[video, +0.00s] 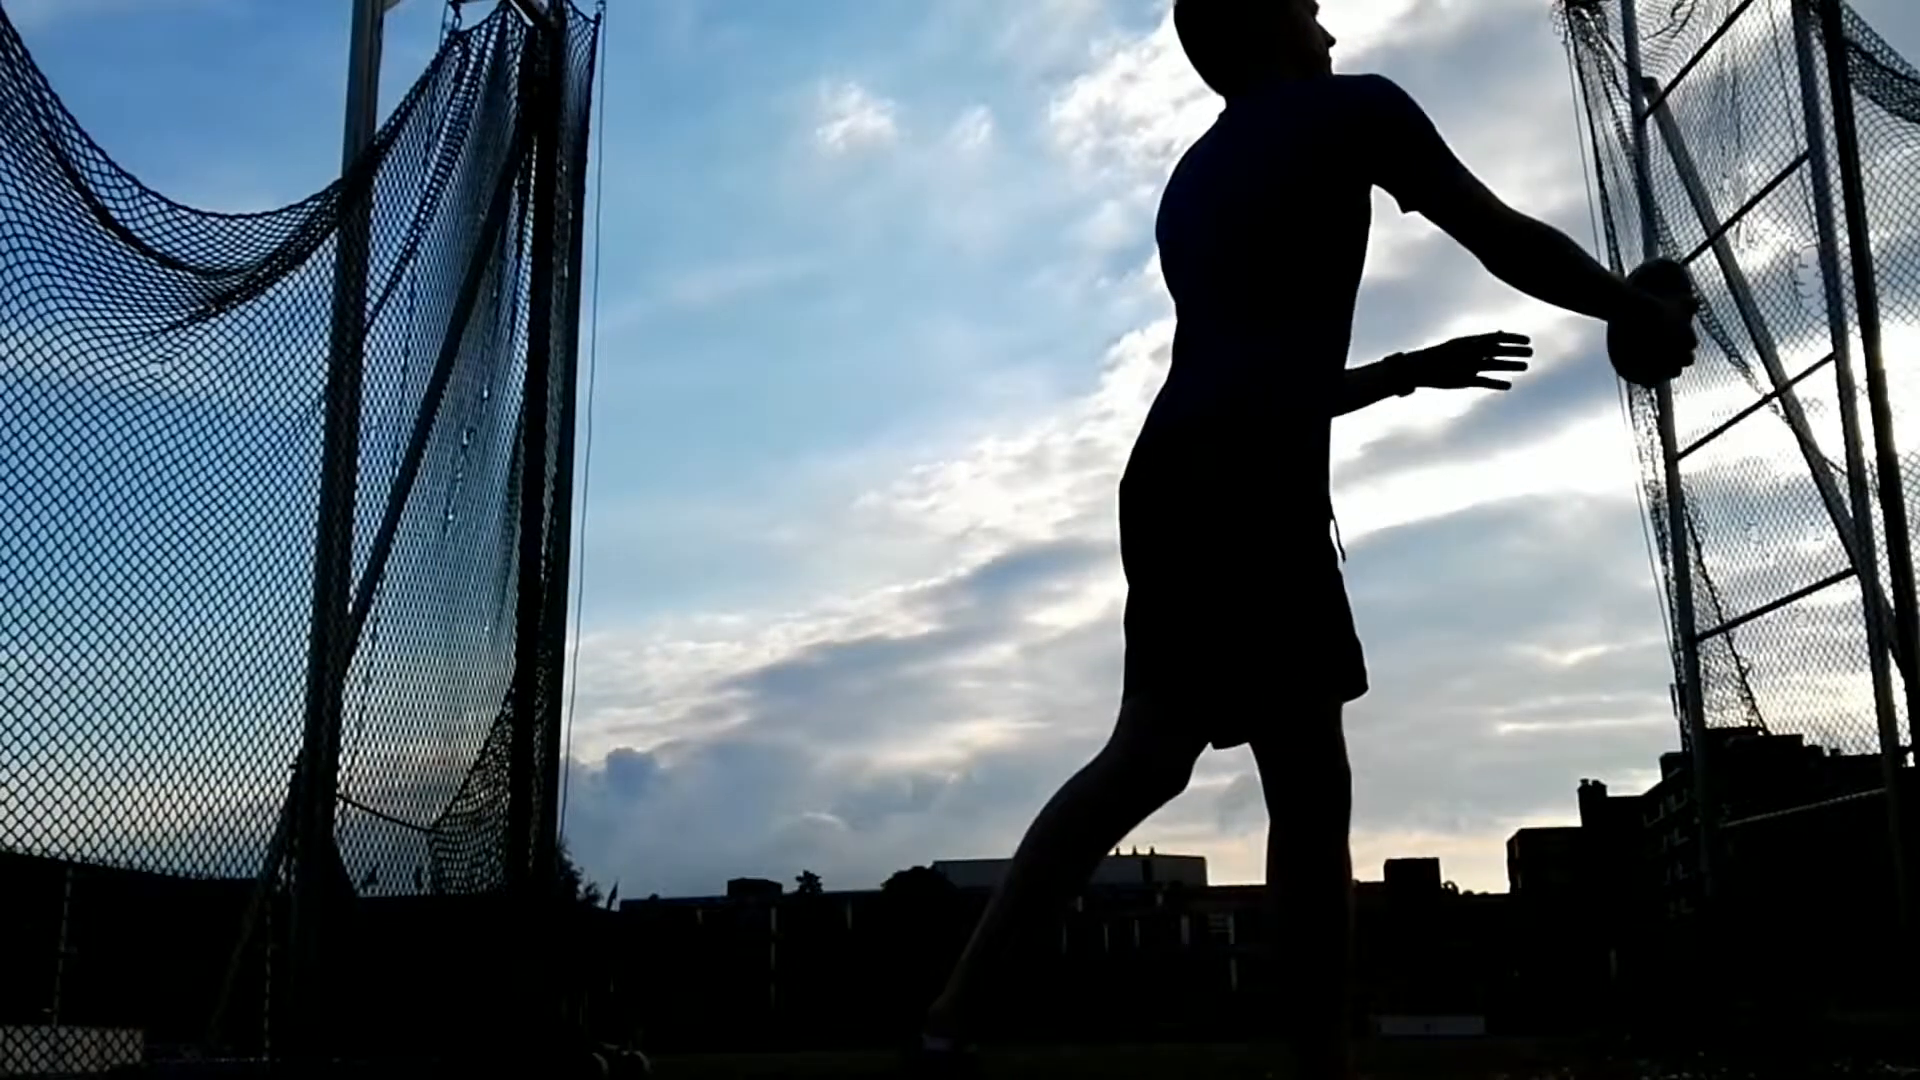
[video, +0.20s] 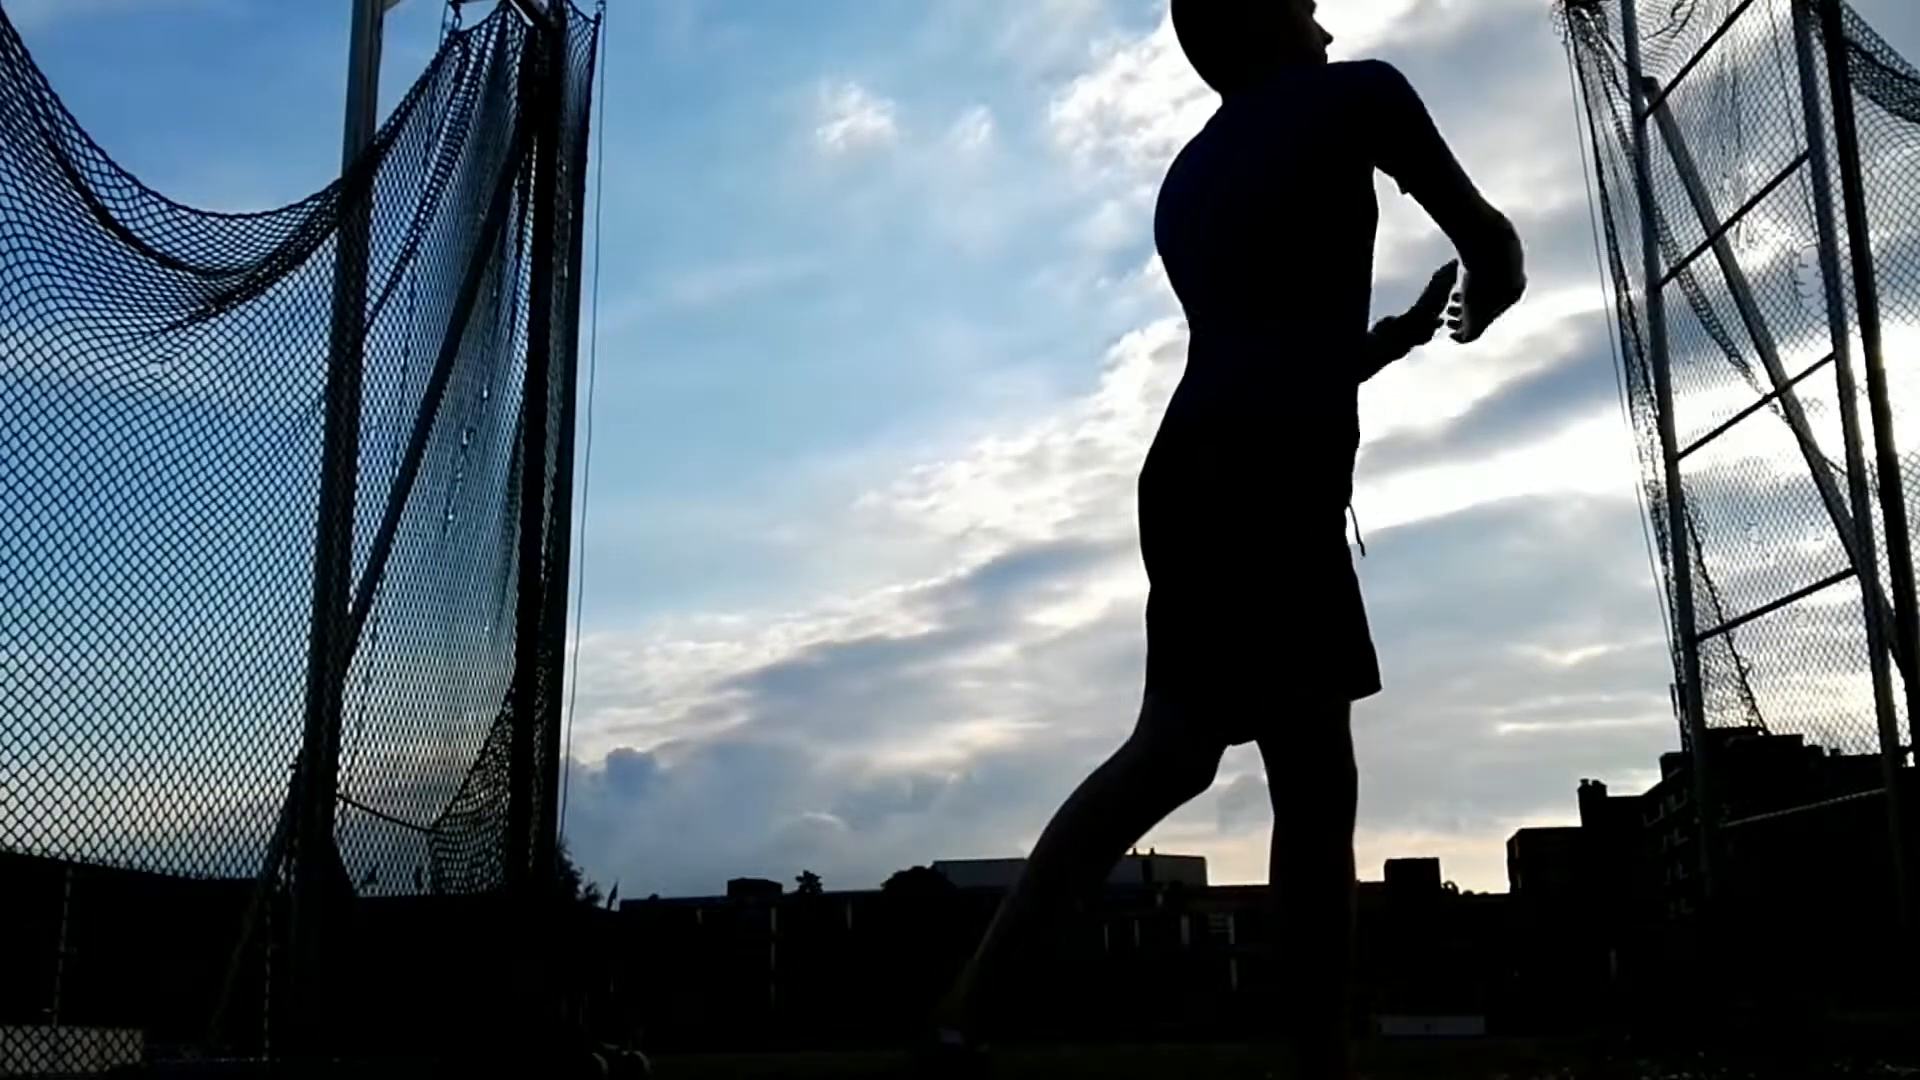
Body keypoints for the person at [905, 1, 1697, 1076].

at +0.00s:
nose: (1325, 26)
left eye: (1312, 9)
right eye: (1306, 12)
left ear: (1215, 55)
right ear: (1276, 28)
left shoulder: (1192, 183)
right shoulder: (1358, 107)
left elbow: (1258, 394)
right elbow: (1501, 238)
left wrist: (1413, 371)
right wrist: (1625, 303)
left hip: (1169, 490)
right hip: (1263, 490)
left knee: (1144, 758)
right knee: (1308, 785)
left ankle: (963, 1003)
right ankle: (1318, 1057)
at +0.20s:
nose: (1323, 24)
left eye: (1310, 9)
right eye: (1306, 10)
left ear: (1207, 50)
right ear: (1286, 22)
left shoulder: (1186, 183)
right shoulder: (1358, 91)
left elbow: (1268, 369)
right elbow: (1490, 241)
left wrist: (1393, 337)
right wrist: (1489, 290)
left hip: (1190, 485)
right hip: (1279, 486)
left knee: (1170, 753)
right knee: (1315, 785)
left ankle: (976, 998)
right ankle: (1319, 1055)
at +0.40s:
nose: (1318, 22)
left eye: (1307, 9)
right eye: (1304, 8)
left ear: (1203, 48)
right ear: (1283, 19)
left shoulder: (1179, 187)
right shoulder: (1352, 80)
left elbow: (1239, 330)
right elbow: (1438, 224)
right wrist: (1342, 228)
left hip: (1207, 474)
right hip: (1302, 469)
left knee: (1190, 749)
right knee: (1322, 769)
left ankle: (1004, 985)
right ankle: (1316, 1041)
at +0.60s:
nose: (1314, 21)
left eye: (1303, 11)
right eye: (1303, 9)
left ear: (1200, 46)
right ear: (1284, 17)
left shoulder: (1172, 186)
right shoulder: (1341, 82)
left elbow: (1217, 329)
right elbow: (1403, 200)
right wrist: (1328, 71)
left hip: (1219, 469)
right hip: (1308, 465)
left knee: (1200, 750)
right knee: (1327, 760)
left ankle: (1011, 981)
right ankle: (1325, 1028)